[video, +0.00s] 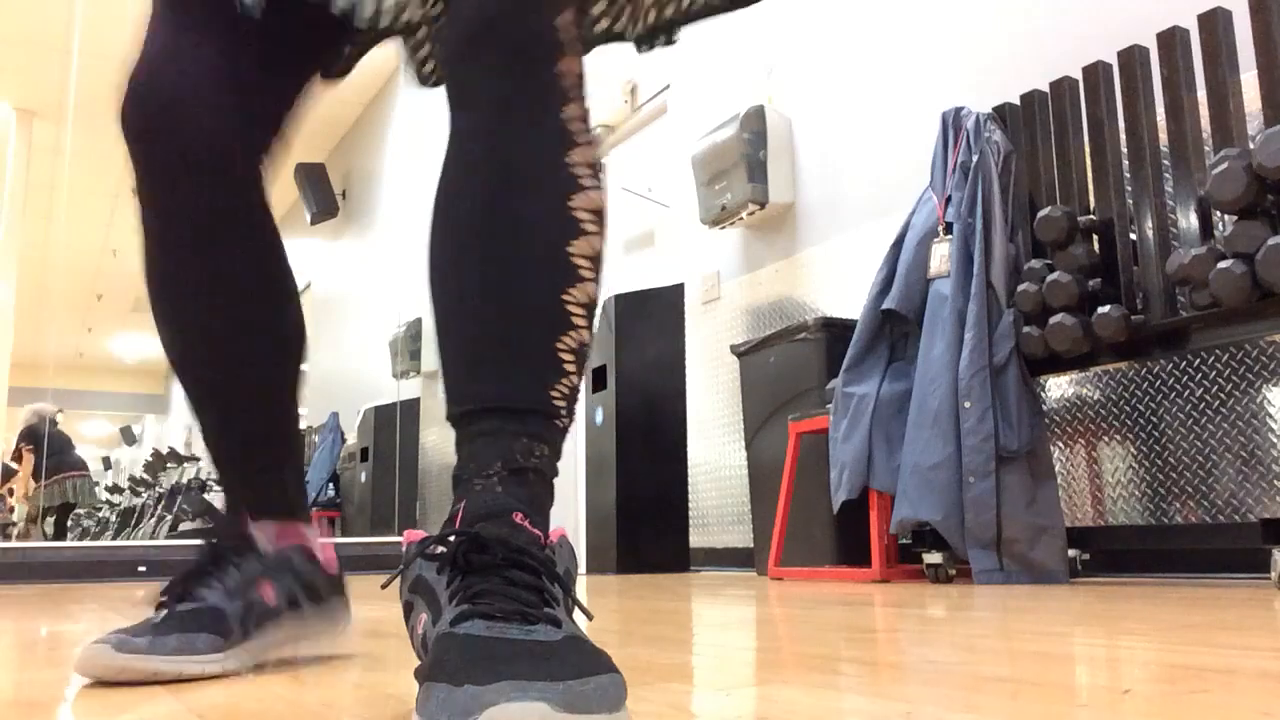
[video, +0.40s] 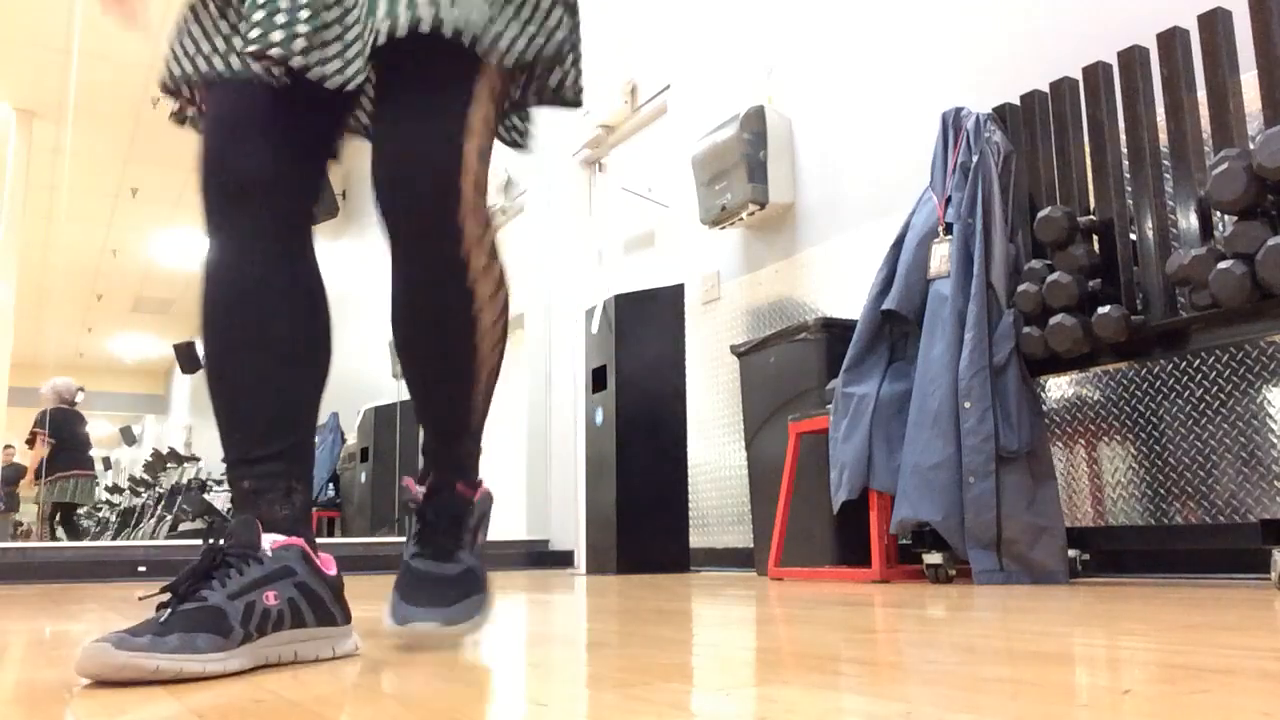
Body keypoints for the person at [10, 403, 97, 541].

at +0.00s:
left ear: (29, 417)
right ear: (50, 417)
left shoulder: (29, 431)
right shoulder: (60, 433)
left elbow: (28, 460)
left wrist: (22, 490)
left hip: (55, 478)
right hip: (82, 477)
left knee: (34, 521)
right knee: (62, 521)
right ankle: (59, 557)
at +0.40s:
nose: (46, 397)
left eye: (48, 394)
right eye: (47, 394)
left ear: (52, 395)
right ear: (70, 396)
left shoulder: (47, 414)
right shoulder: (78, 415)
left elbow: (40, 448)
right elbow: (86, 446)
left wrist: (30, 474)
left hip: (58, 473)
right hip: (84, 472)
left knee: (46, 518)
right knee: (68, 517)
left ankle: (51, 557)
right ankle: (80, 553)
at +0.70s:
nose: (70, 392)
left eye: (73, 390)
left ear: (76, 392)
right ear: (95, 394)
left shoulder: (70, 411)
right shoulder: (100, 414)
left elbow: (64, 439)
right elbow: (106, 444)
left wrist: (51, 464)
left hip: (74, 477)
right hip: (101, 476)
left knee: (54, 514)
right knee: (89, 518)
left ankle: (55, 557)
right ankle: (86, 557)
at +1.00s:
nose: (88, 388)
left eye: (90, 386)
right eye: (89, 386)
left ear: (93, 387)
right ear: (111, 389)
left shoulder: (81, 408)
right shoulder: (116, 410)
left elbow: (66, 439)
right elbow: (120, 439)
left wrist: (56, 464)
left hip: (81, 476)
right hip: (108, 475)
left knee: (73, 521)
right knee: (94, 521)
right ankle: (95, 558)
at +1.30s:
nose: (96, 384)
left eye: (98, 381)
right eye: (98, 381)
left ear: (103, 382)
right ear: (121, 384)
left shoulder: (92, 403)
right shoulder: (130, 405)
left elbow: (76, 432)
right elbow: (134, 434)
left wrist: (68, 458)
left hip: (96, 470)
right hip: (124, 470)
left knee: (91, 514)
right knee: (111, 513)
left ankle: (96, 553)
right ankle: (112, 553)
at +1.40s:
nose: (104, 380)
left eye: (106, 377)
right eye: (105, 377)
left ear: (111, 379)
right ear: (128, 380)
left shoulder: (100, 401)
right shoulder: (137, 403)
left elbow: (87, 432)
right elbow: (141, 432)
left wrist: (74, 458)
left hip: (102, 470)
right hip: (131, 469)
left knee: (96, 513)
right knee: (123, 512)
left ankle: (100, 551)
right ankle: (130, 551)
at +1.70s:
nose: (123, 380)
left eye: (125, 376)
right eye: (125, 375)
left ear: (130, 379)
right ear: (147, 381)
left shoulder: (125, 401)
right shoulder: (155, 402)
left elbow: (121, 431)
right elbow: (161, 435)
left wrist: (100, 455)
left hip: (129, 470)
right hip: (158, 469)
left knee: (113, 515)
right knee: (151, 514)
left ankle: (109, 558)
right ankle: (155, 558)